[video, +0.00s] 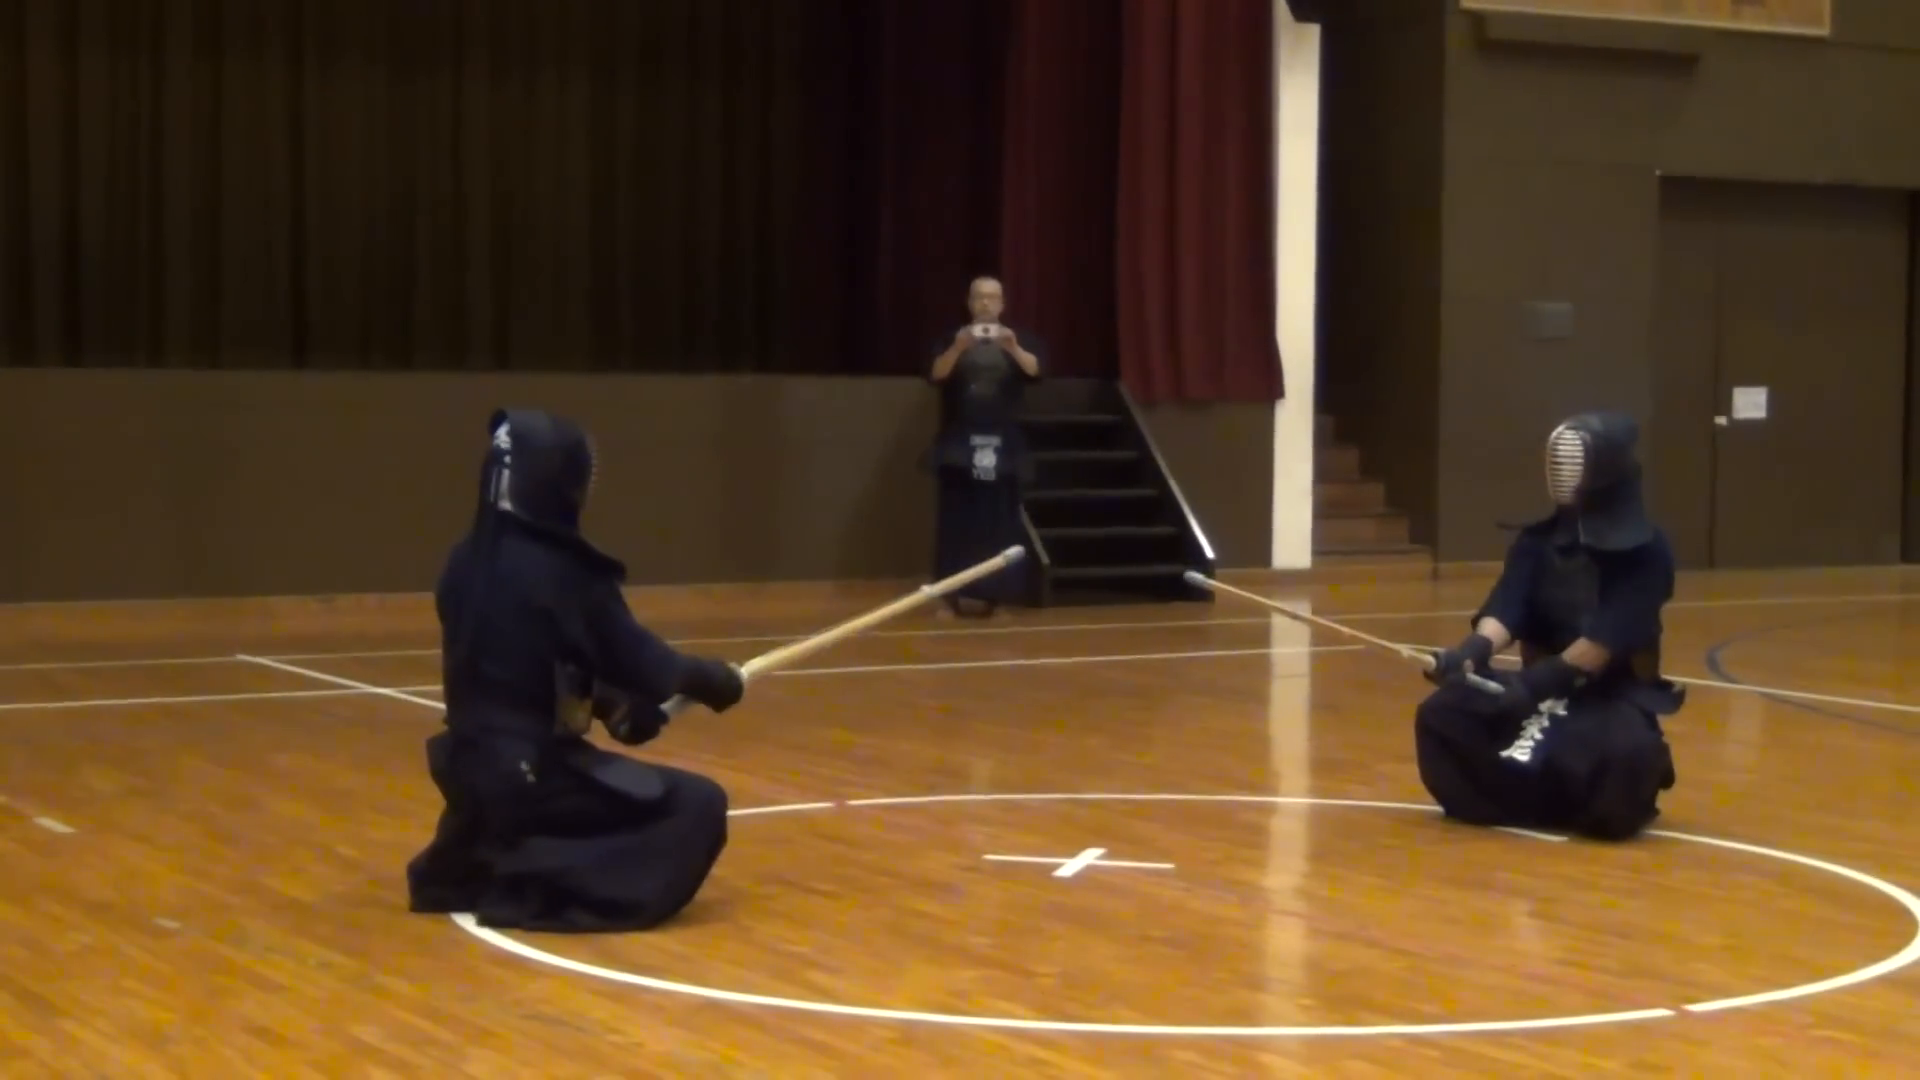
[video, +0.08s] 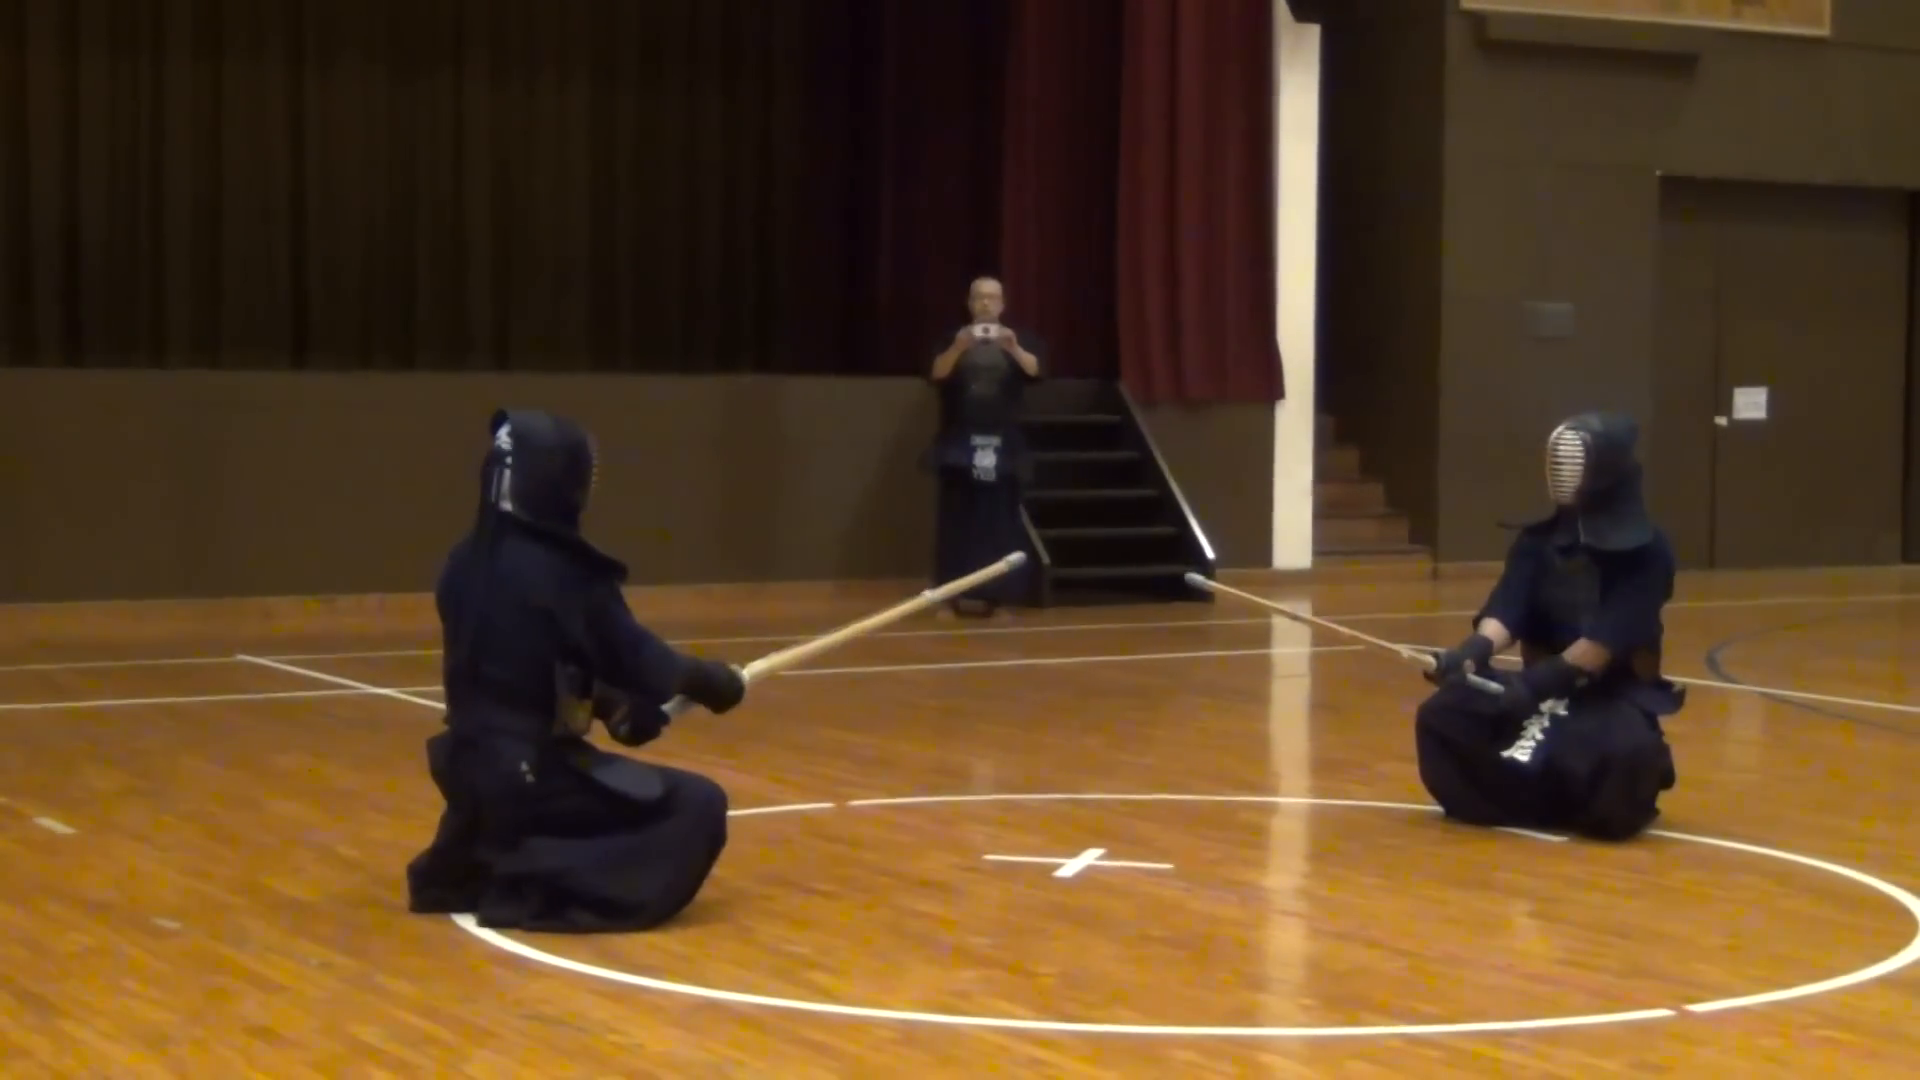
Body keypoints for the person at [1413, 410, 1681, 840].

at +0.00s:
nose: (1560, 474)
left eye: (1574, 462)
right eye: (1556, 462)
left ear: (1607, 469)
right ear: (1549, 465)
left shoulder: (1642, 551)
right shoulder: (1537, 540)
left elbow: (1602, 645)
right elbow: (1506, 610)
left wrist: (1530, 688)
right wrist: (1470, 652)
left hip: (1610, 702)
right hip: (1533, 687)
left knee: (1626, 755)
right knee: (1442, 716)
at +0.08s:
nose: (1560, 474)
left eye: (1574, 463)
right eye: (1556, 462)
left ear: (1607, 470)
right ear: (1549, 465)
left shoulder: (1643, 551)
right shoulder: (1537, 541)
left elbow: (1601, 647)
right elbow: (1506, 613)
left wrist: (1530, 688)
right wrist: (1470, 653)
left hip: (1611, 701)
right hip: (1534, 686)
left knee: (1628, 755)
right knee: (1443, 716)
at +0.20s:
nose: (1560, 471)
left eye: (1574, 460)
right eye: (1556, 460)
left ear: (1607, 468)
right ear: (1549, 463)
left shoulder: (1642, 550)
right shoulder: (1538, 540)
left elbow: (1603, 645)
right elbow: (1508, 609)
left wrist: (1531, 688)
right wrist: (1472, 651)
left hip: (1611, 701)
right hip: (1536, 686)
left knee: (1626, 755)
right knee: (1443, 715)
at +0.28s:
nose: (1559, 471)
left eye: (1573, 461)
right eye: (1556, 460)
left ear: (1607, 468)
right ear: (1549, 463)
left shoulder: (1643, 551)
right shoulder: (1539, 541)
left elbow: (1601, 648)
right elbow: (1508, 611)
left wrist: (1530, 689)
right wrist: (1470, 653)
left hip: (1612, 702)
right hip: (1536, 687)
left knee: (1627, 756)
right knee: (1444, 717)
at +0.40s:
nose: (1558, 467)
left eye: (1572, 456)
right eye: (1555, 456)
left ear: (1606, 465)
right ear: (1548, 460)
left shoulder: (1641, 547)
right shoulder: (1537, 537)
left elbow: (1600, 644)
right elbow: (1506, 608)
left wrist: (1528, 686)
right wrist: (1468, 651)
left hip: (1609, 698)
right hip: (1532, 685)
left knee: (1622, 753)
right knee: (1442, 719)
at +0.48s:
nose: (1558, 458)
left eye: (1573, 448)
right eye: (1555, 447)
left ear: (1606, 457)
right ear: (1547, 451)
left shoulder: (1642, 542)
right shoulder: (1536, 531)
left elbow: (1599, 638)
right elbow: (1506, 599)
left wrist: (1523, 678)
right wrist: (1470, 642)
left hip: (1608, 689)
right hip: (1532, 675)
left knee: (1622, 752)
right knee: (1442, 722)